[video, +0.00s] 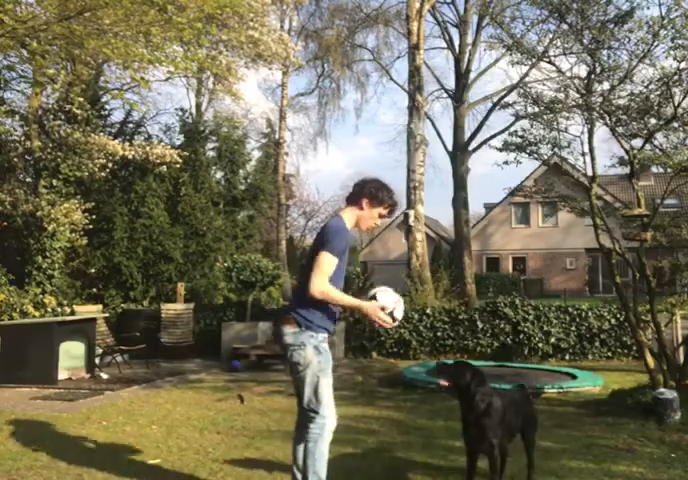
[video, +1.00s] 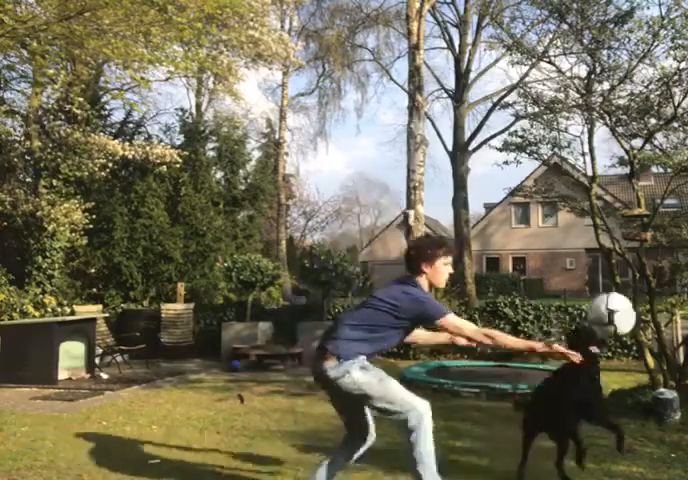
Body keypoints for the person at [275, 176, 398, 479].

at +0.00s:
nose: (377, 224)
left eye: (382, 219)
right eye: (379, 216)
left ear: (363, 204)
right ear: (364, 203)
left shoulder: (336, 230)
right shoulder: (337, 231)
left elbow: (323, 288)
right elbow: (317, 288)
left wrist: (365, 306)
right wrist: (364, 306)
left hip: (305, 331)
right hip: (307, 333)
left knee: (311, 414)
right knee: (323, 416)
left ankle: (302, 473)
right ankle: (313, 475)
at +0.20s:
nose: (381, 224)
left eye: (385, 218)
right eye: (383, 215)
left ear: (366, 205)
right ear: (368, 203)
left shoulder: (342, 232)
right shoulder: (342, 230)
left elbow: (325, 294)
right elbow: (323, 289)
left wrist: (358, 315)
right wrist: (371, 301)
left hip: (309, 331)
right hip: (306, 332)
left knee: (312, 415)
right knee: (322, 418)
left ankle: (302, 473)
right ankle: (313, 475)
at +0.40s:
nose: (390, 223)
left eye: (393, 217)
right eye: (391, 215)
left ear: (373, 206)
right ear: (375, 206)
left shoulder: (348, 235)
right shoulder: (349, 237)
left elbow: (329, 291)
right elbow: (324, 291)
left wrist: (357, 323)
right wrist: (369, 313)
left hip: (307, 332)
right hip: (308, 334)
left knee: (314, 414)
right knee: (326, 417)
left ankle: (303, 473)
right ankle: (315, 475)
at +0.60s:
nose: (398, 224)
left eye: (400, 218)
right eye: (397, 216)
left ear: (374, 211)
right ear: (381, 211)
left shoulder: (353, 241)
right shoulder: (361, 243)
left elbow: (348, 306)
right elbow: (355, 304)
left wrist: (384, 326)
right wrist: (402, 325)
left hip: (311, 336)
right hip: (314, 338)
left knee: (328, 416)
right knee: (339, 418)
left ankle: (309, 473)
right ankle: (320, 475)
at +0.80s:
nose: (413, 237)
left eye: (412, 230)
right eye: (409, 229)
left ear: (387, 230)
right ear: (389, 230)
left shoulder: (363, 261)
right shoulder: (383, 265)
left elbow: (368, 314)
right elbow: (425, 323)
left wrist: (416, 321)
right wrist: (476, 339)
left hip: (310, 347)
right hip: (323, 350)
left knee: (340, 421)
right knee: (367, 418)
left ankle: (314, 475)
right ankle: (333, 475)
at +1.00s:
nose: (450, 272)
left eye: (449, 264)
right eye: (446, 264)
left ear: (423, 266)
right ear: (425, 265)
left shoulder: (399, 291)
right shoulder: (417, 297)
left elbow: (410, 335)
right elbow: (481, 336)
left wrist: (456, 337)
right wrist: (542, 348)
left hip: (329, 362)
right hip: (345, 363)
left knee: (360, 433)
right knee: (418, 411)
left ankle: (322, 474)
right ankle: (429, 475)